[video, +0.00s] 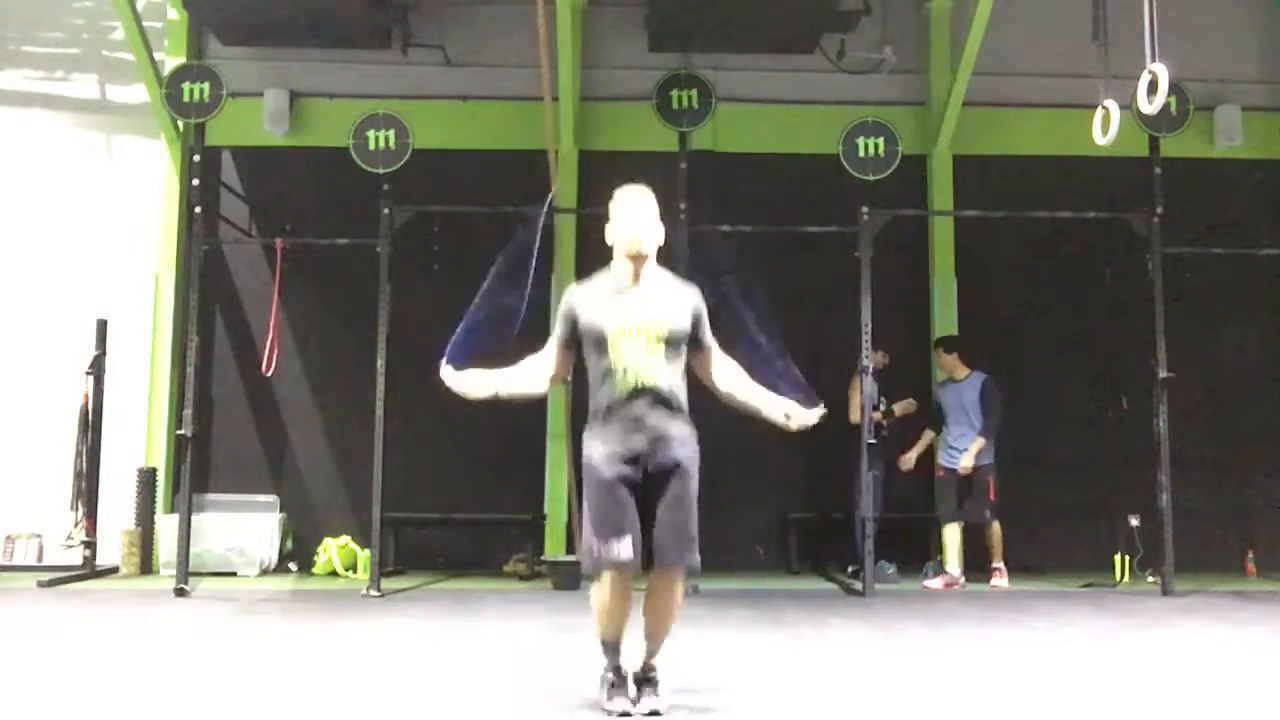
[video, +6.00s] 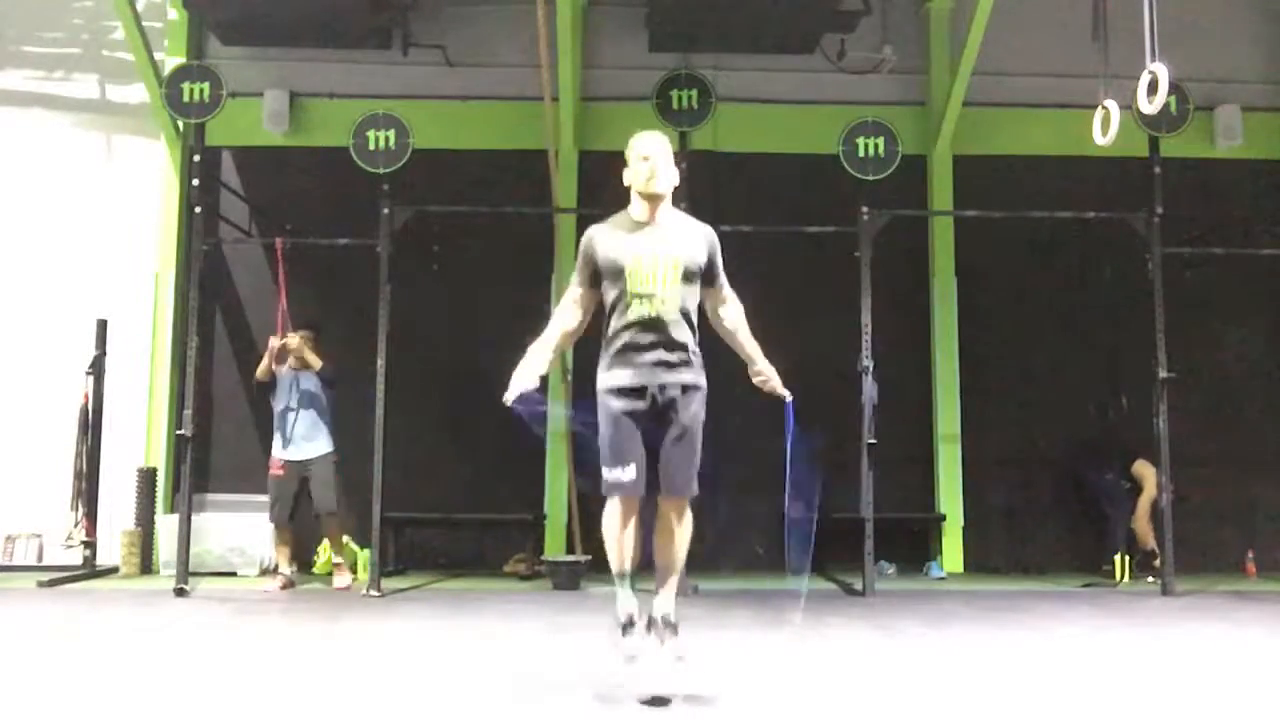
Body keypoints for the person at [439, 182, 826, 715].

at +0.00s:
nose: (638, 228)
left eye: (646, 219)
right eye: (628, 219)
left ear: (660, 228)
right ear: (609, 229)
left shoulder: (686, 297)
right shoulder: (580, 297)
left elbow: (717, 369)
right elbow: (548, 369)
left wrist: (781, 409)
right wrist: (484, 380)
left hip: (673, 435)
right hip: (609, 436)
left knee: (671, 560)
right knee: (617, 557)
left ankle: (649, 670)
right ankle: (612, 669)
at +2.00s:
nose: (650, 152)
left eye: (657, 145)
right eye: (640, 145)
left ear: (672, 157)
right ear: (622, 158)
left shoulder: (699, 224)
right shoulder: (595, 229)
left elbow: (723, 294)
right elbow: (569, 297)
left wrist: (743, 353)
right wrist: (550, 354)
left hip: (680, 365)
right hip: (615, 365)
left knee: (674, 478)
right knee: (617, 474)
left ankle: (666, 597)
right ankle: (620, 585)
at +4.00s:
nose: (649, 219)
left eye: (657, 209)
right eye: (639, 210)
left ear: (669, 217)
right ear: (621, 218)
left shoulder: (694, 281)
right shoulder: (594, 286)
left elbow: (725, 353)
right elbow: (567, 355)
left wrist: (763, 405)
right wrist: (534, 399)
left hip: (678, 433)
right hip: (616, 433)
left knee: (672, 551)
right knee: (615, 548)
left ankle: (661, 660)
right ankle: (620, 658)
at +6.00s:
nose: (652, 167)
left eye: (660, 159)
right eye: (642, 160)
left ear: (676, 171)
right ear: (626, 173)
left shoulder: (701, 237)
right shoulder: (600, 238)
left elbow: (723, 306)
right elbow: (575, 309)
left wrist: (758, 363)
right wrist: (536, 358)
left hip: (683, 379)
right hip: (621, 379)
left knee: (677, 497)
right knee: (625, 492)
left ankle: (665, 608)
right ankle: (624, 602)